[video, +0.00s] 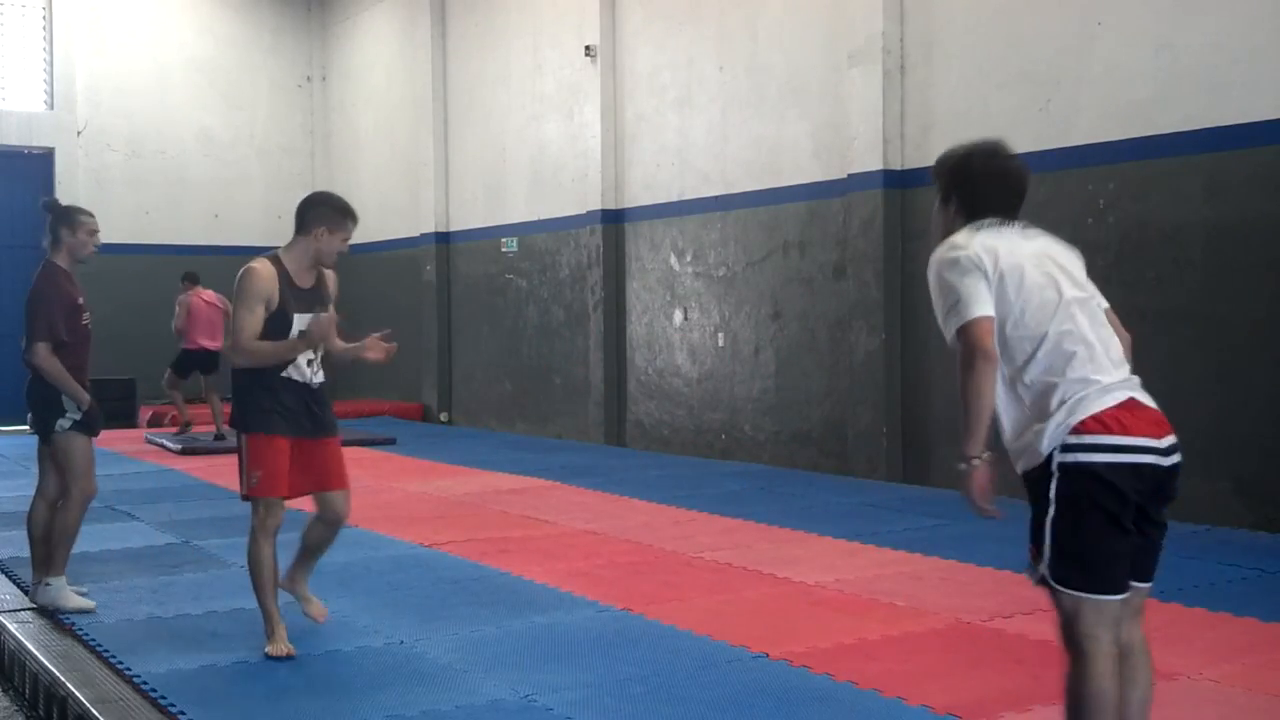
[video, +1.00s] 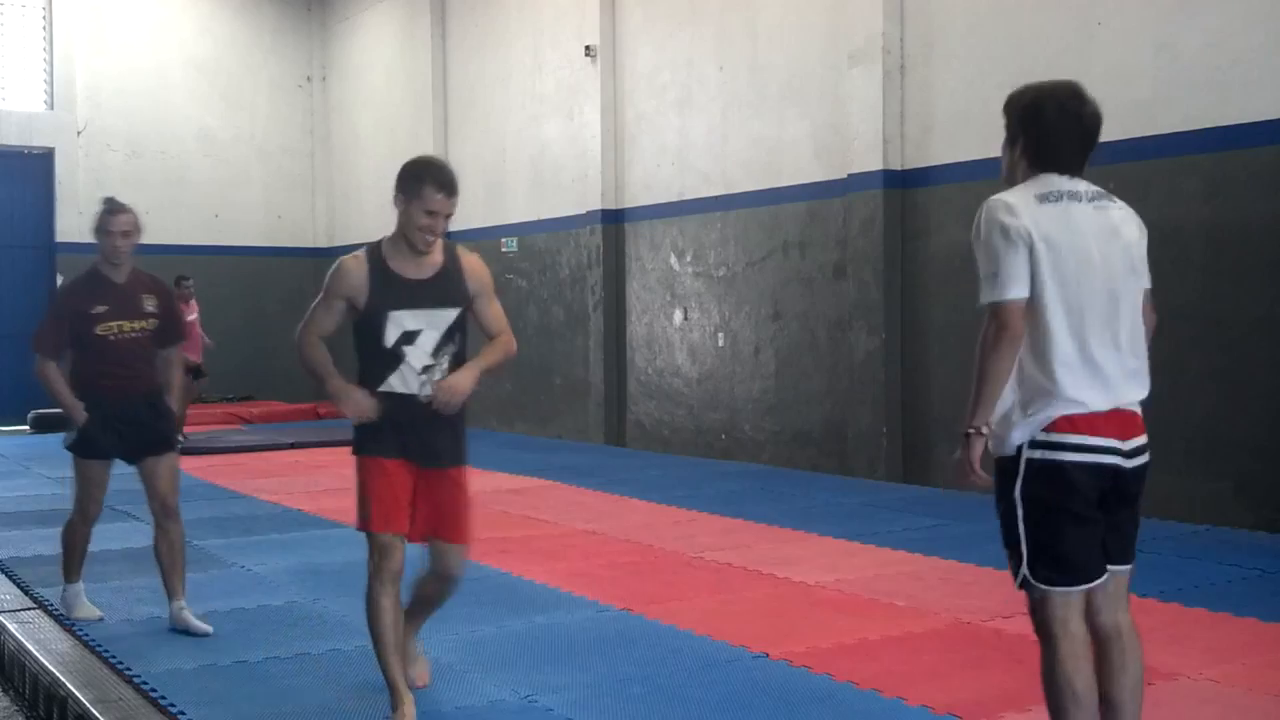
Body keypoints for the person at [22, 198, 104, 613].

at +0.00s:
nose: (95, 241)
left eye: (96, 234)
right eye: (90, 233)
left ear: (69, 237)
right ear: (65, 235)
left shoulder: (62, 277)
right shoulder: (50, 282)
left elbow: (56, 345)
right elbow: (39, 352)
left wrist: (79, 389)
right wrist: (82, 397)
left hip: (59, 392)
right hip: (57, 395)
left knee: (50, 489)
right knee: (82, 487)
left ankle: (43, 580)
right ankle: (53, 582)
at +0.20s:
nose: (91, 242)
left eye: (93, 235)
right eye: (84, 235)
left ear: (83, 239)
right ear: (60, 237)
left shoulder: (71, 279)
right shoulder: (48, 286)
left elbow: (72, 344)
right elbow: (35, 359)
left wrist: (90, 387)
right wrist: (78, 400)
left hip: (76, 397)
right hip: (59, 401)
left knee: (61, 494)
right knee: (82, 492)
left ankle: (44, 582)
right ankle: (69, 592)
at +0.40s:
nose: (87, 239)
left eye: (90, 232)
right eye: (77, 232)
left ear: (90, 236)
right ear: (55, 235)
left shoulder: (85, 282)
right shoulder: (43, 288)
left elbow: (96, 347)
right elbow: (28, 361)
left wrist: (114, 397)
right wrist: (79, 405)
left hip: (94, 398)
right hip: (61, 405)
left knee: (111, 485)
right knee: (77, 492)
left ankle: (58, 561)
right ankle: (67, 593)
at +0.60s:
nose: (80, 237)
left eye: (86, 230)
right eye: (71, 230)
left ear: (93, 232)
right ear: (55, 233)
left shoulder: (104, 280)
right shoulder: (41, 289)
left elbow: (118, 341)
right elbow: (19, 358)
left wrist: (129, 393)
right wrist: (65, 407)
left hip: (112, 402)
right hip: (67, 408)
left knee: (139, 488)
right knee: (69, 502)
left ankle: (113, 575)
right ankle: (67, 595)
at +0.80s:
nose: (92, 240)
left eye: (99, 232)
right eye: (84, 232)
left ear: (109, 234)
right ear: (69, 235)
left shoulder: (128, 285)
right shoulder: (51, 292)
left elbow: (141, 345)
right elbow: (24, 360)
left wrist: (146, 395)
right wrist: (63, 408)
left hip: (127, 404)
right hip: (77, 409)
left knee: (152, 500)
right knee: (74, 507)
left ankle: (169, 593)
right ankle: (68, 595)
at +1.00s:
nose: (119, 241)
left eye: (127, 234)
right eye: (110, 234)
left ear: (137, 238)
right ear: (97, 237)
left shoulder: (157, 291)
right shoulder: (74, 294)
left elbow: (173, 356)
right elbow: (46, 364)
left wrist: (172, 412)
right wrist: (78, 413)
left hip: (151, 412)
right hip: (95, 414)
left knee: (167, 508)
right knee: (86, 512)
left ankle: (178, 606)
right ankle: (72, 591)